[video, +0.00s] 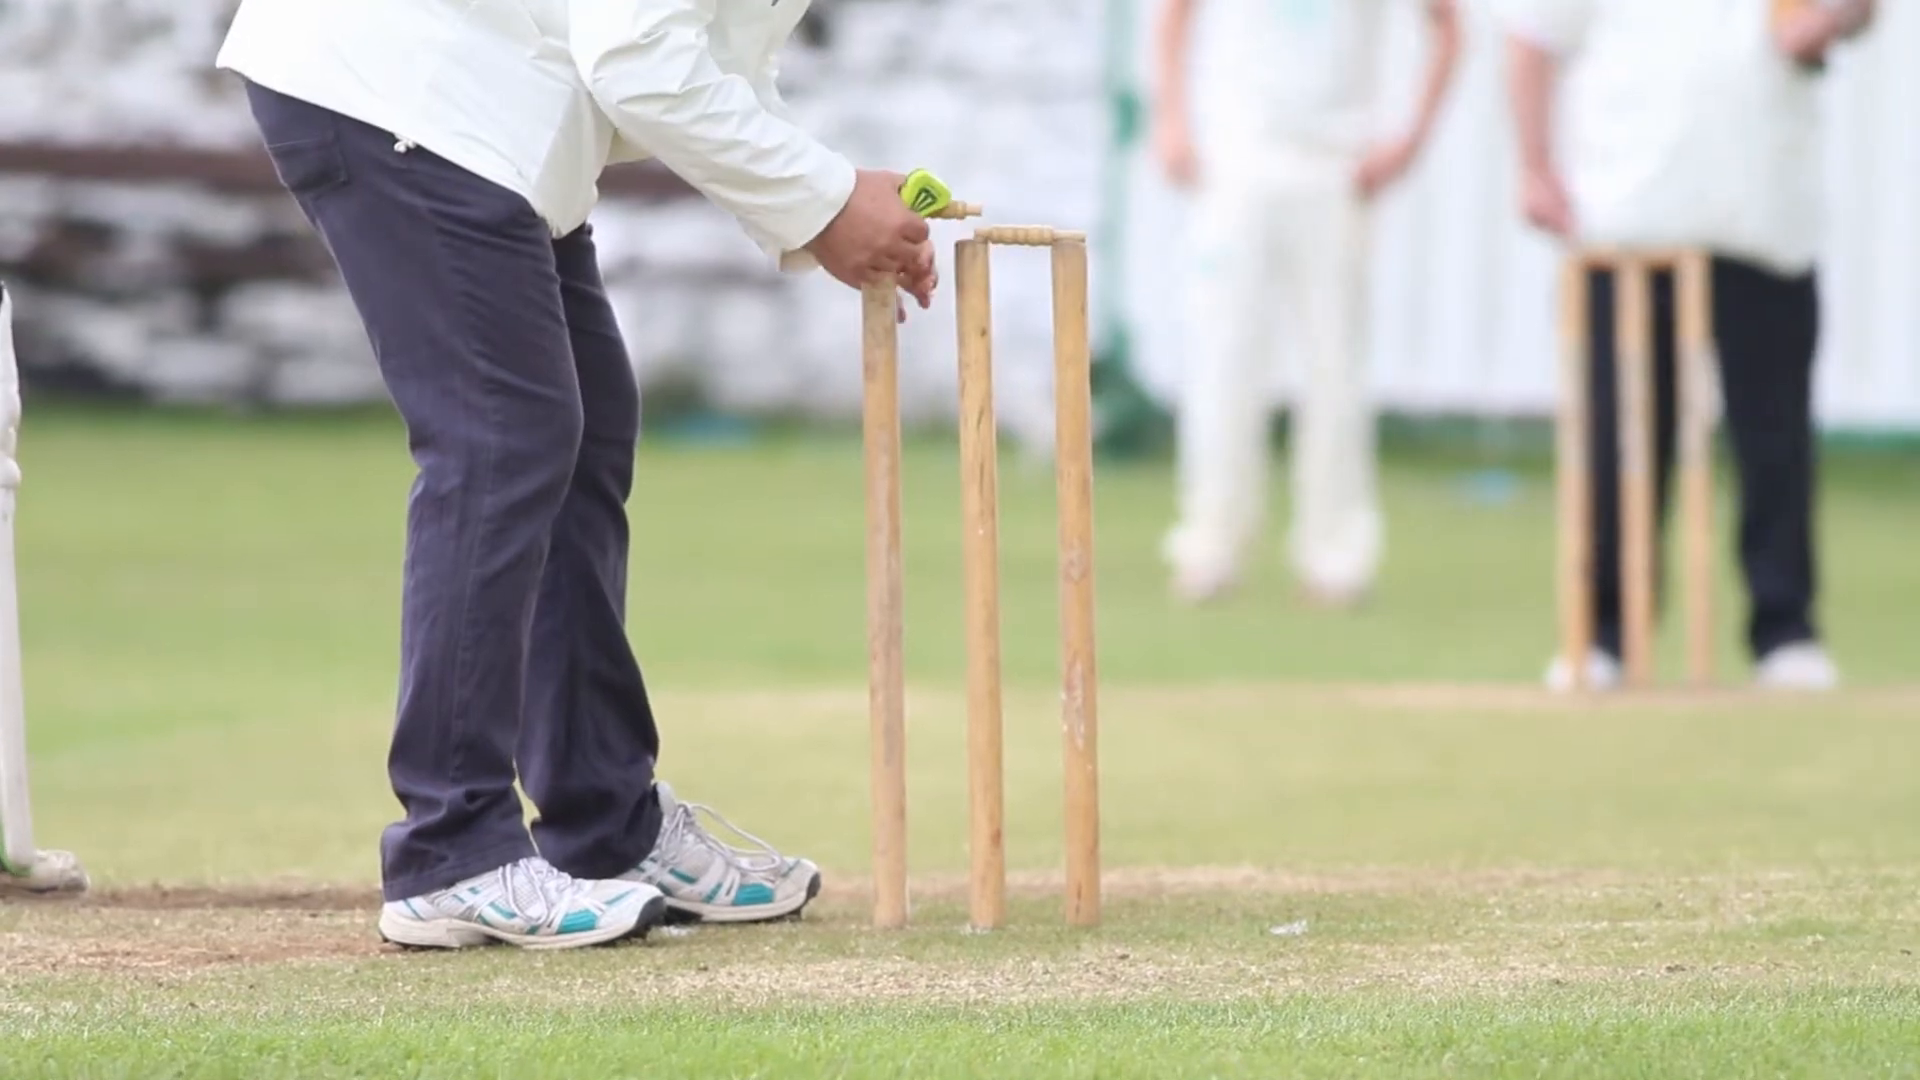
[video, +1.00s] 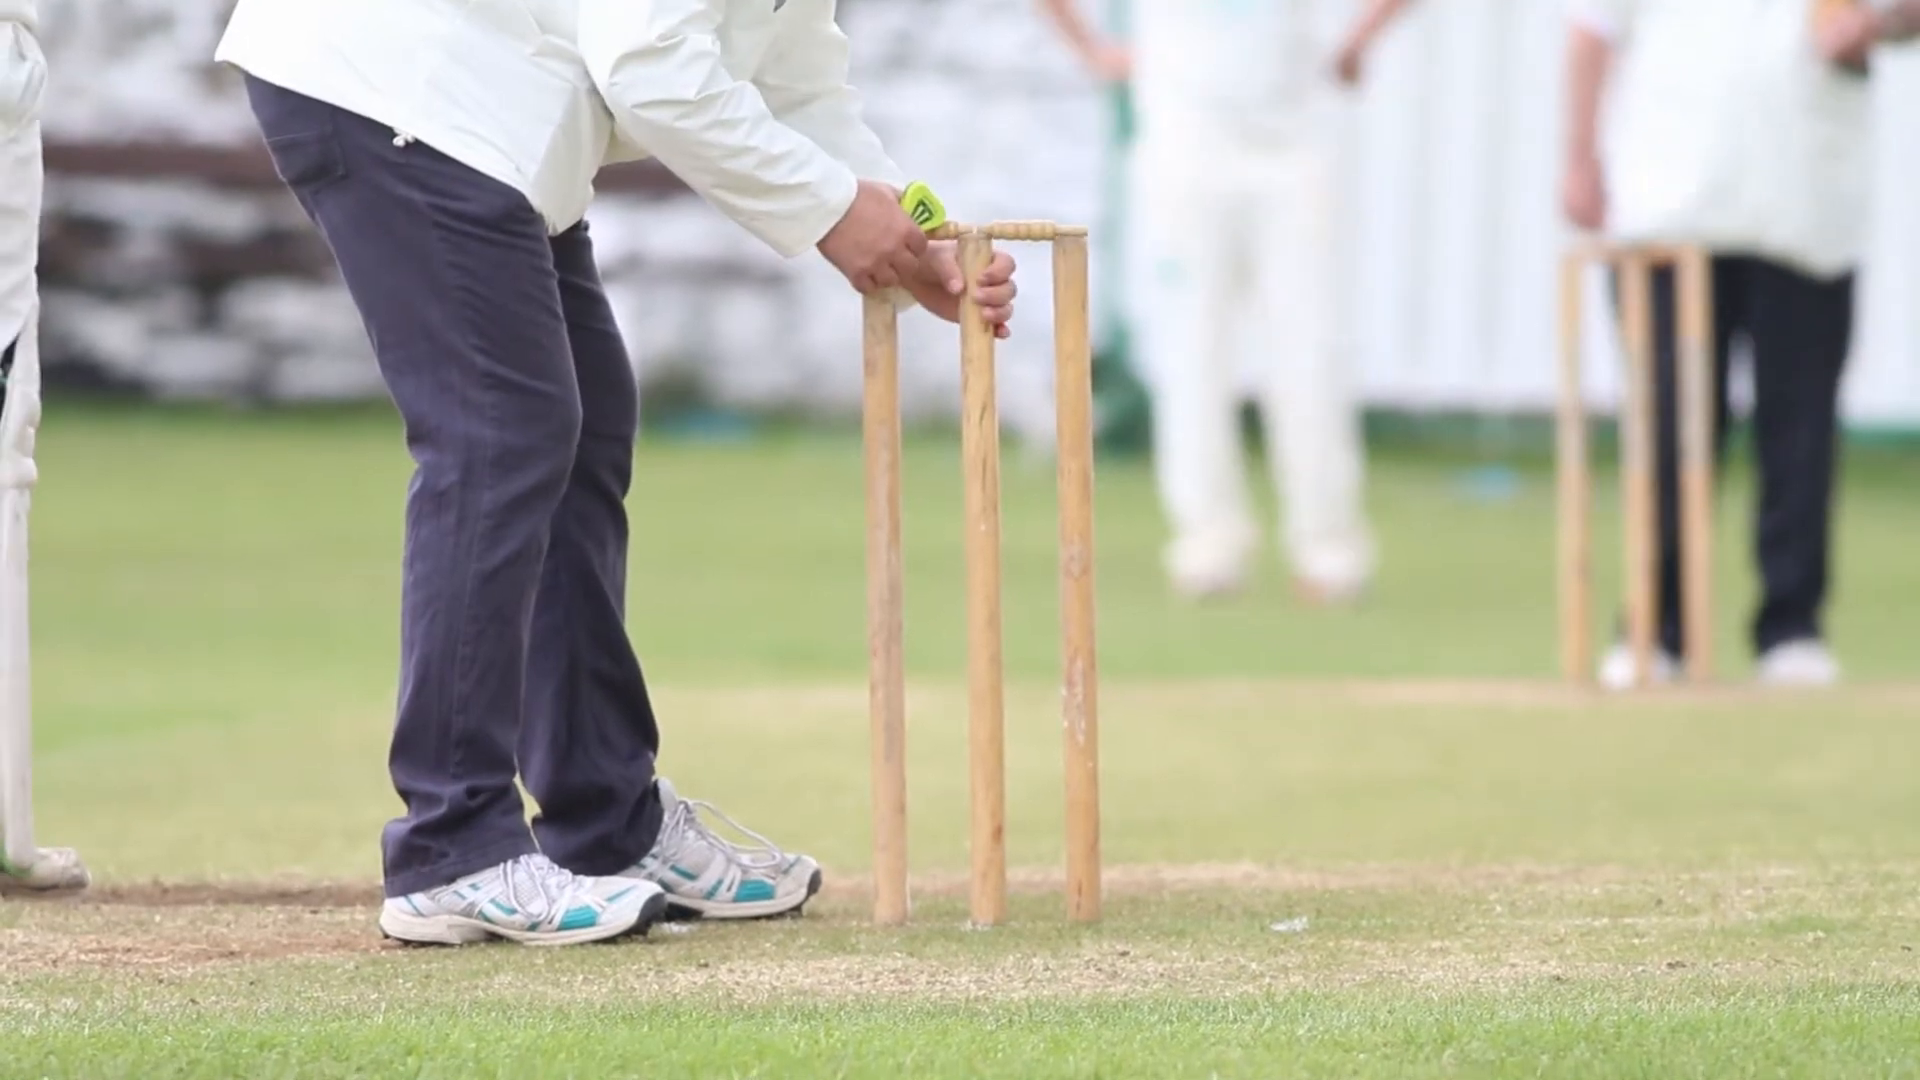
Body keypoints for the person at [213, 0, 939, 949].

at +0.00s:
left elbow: (698, 62)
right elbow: (633, 50)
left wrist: (831, 212)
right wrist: (826, 197)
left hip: (487, 83)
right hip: (385, 63)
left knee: (589, 422)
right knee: (507, 432)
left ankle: (605, 830)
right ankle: (450, 861)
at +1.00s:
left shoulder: (791, 1)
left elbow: (805, 102)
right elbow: (649, 67)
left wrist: (912, 242)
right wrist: (830, 212)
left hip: (494, 78)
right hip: (381, 56)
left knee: (586, 419)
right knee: (507, 427)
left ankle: (604, 825)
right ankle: (451, 858)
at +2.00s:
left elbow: (809, 84)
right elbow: (646, 65)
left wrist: (959, 186)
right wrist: (826, 202)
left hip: (491, 82)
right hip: (377, 54)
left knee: (586, 414)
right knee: (505, 423)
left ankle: (606, 822)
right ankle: (451, 855)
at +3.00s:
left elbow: (814, 67)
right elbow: (659, 61)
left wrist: (962, 193)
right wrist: (847, 191)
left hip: (491, 74)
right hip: (383, 53)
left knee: (588, 411)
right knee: (506, 421)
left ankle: (608, 818)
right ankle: (452, 849)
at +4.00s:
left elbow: (813, 65)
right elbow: (650, 51)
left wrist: (962, 190)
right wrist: (844, 185)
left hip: (487, 73)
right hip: (376, 51)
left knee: (594, 406)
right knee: (507, 416)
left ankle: (607, 815)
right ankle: (454, 846)